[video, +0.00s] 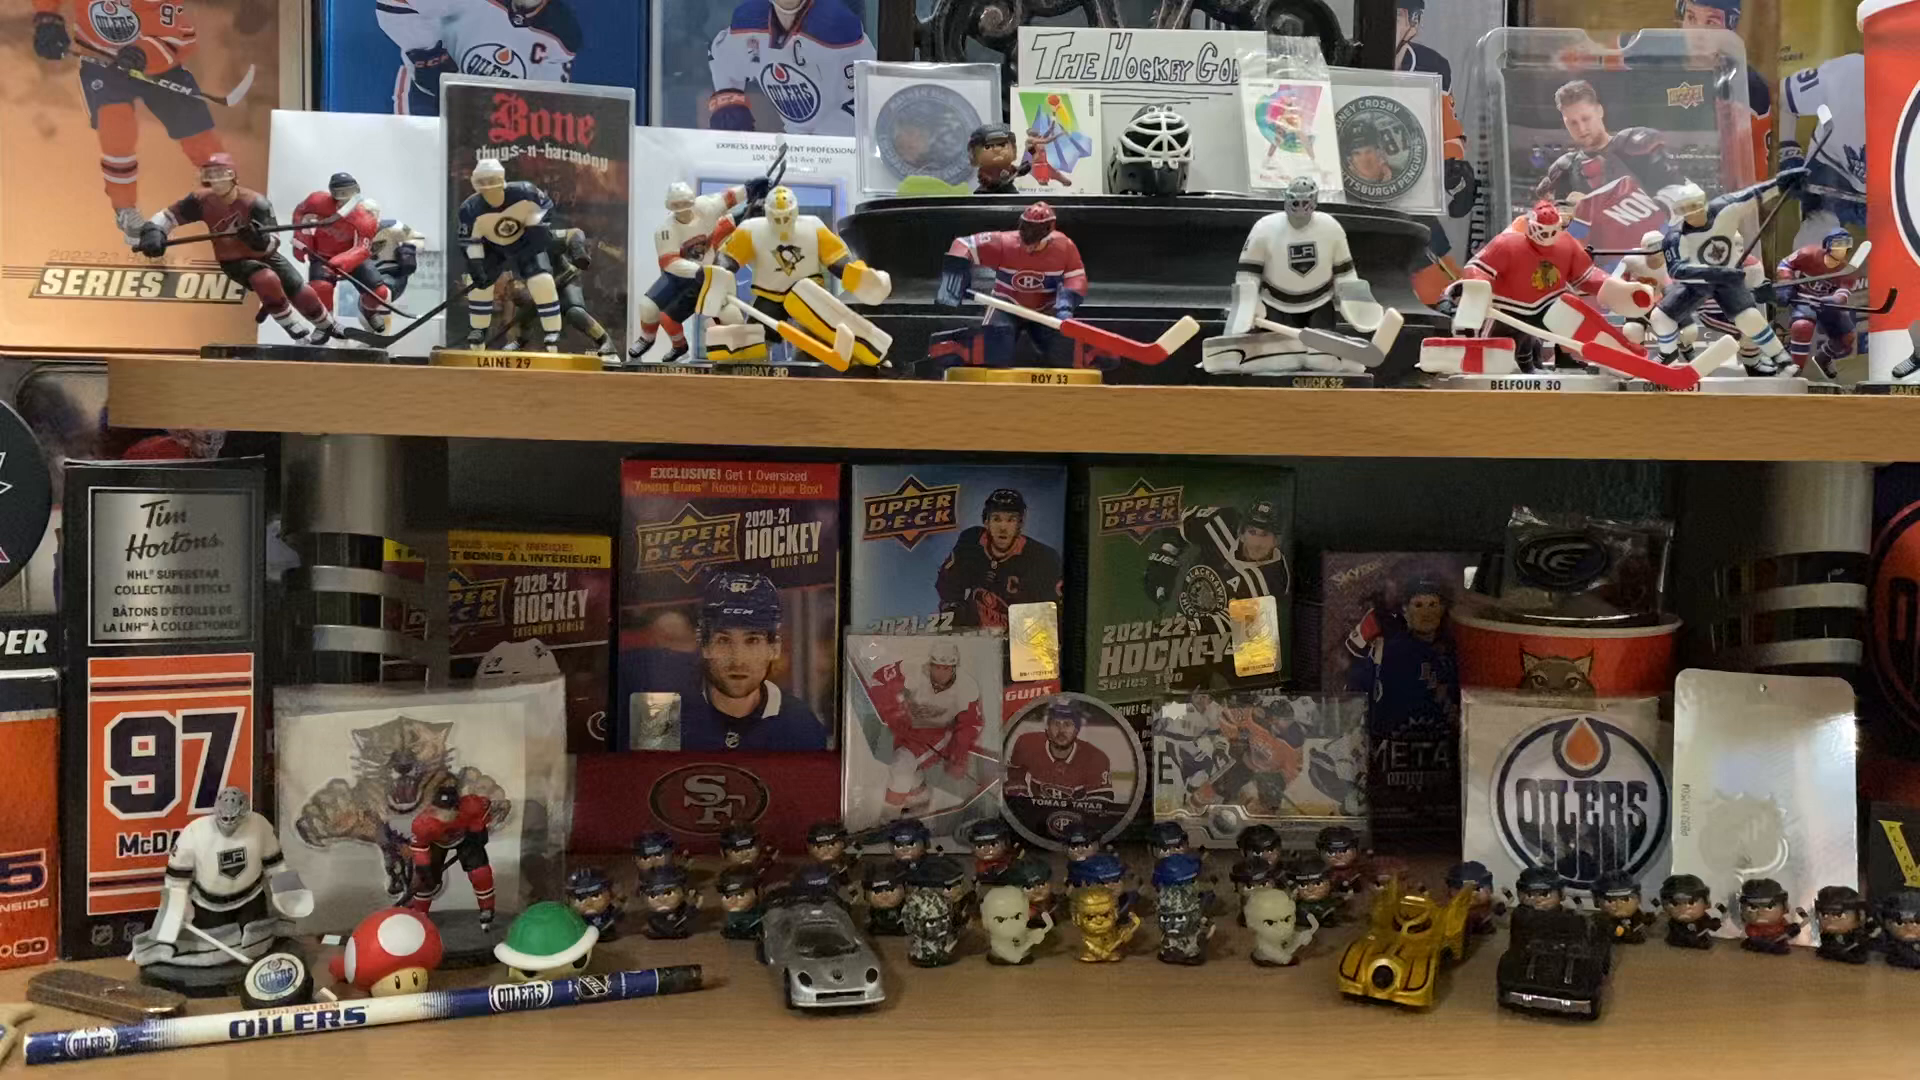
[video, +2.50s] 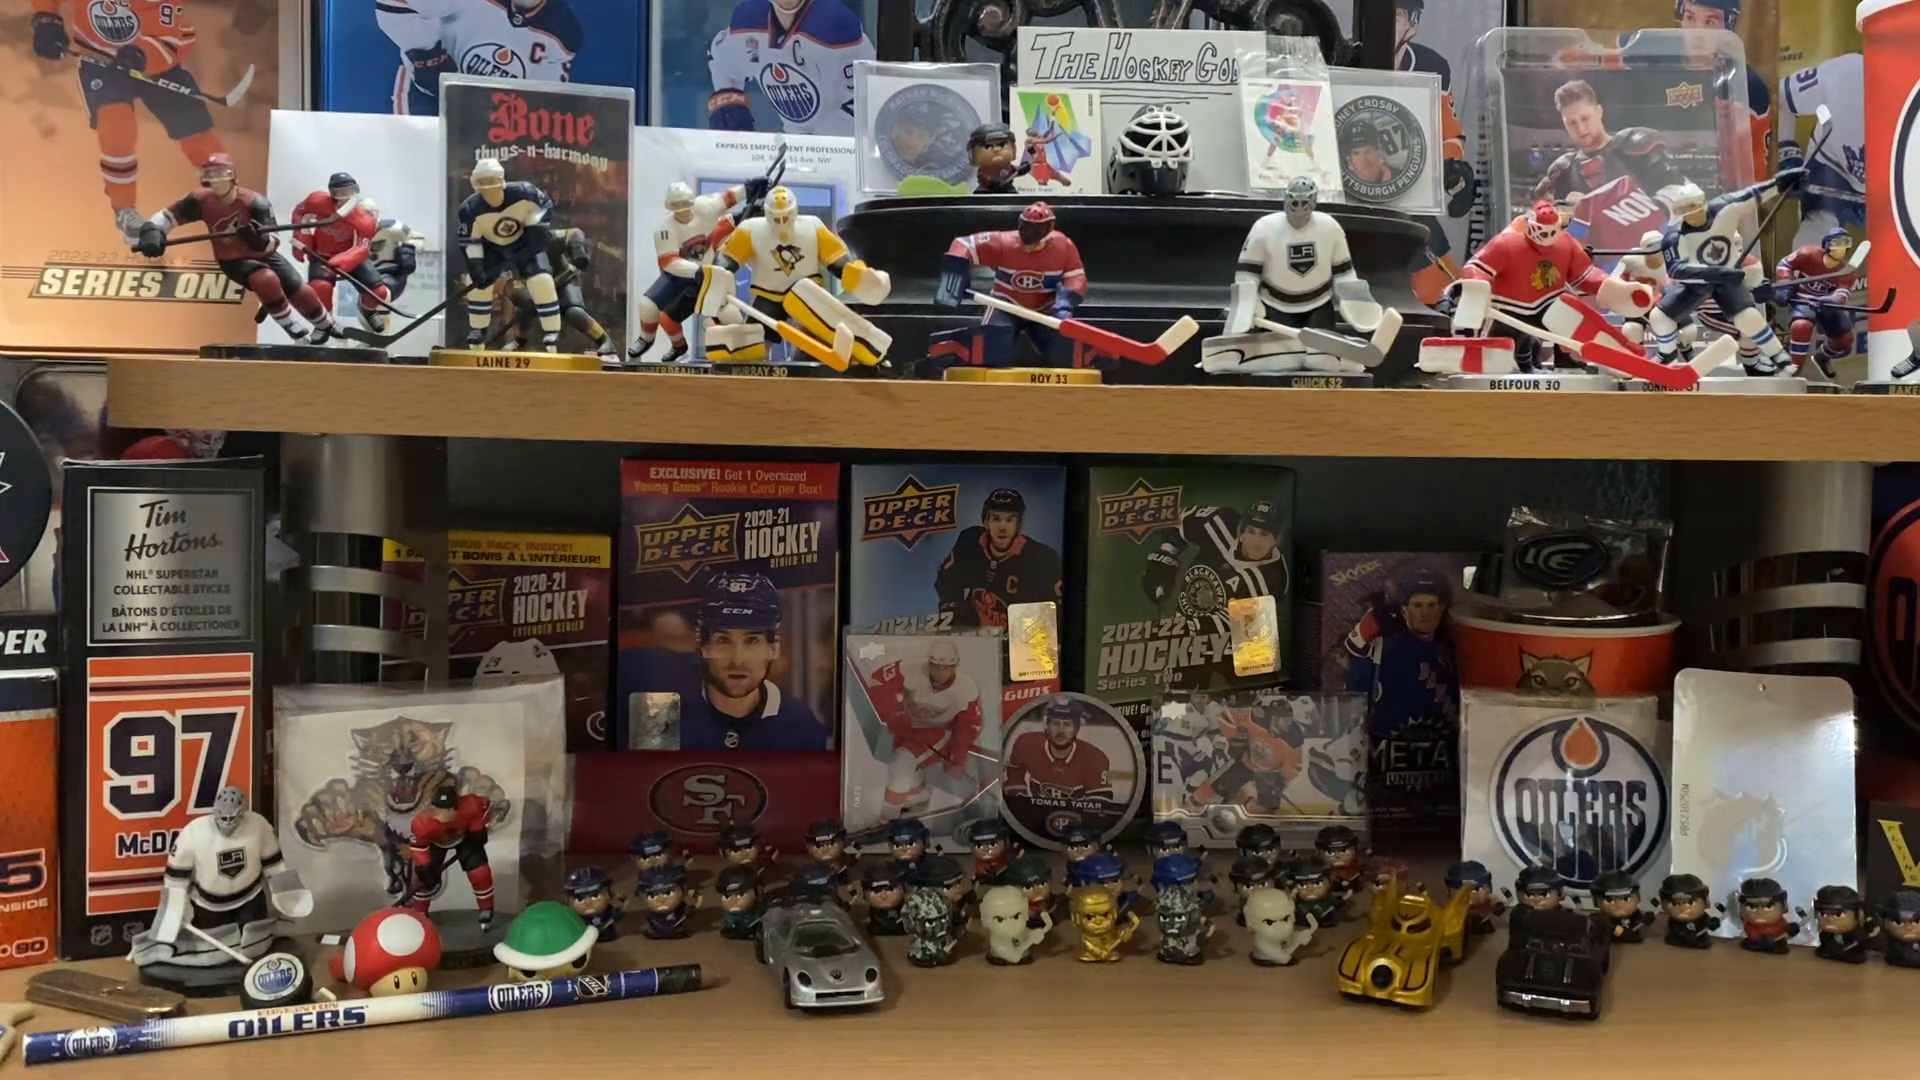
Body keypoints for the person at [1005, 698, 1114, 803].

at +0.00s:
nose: (1061, 730)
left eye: (1067, 724)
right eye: (1056, 724)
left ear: (1077, 730)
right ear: (1047, 727)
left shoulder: (1096, 758)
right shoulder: (1026, 744)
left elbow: (1101, 802)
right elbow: (1015, 788)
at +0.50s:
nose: (1060, 730)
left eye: (1066, 724)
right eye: (1055, 724)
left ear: (1076, 729)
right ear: (1047, 726)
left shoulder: (1094, 758)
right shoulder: (1025, 744)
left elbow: (1099, 801)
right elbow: (1014, 786)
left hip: (1075, 819)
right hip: (1033, 814)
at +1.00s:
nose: (1060, 730)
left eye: (1067, 724)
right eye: (1055, 724)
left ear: (1076, 729)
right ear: (1047, 726)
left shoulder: (1095, 758)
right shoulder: (1025, 744)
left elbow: (1099, 802)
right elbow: (1014, 780)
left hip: (1075, 817)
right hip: (1033, 813)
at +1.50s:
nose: (1060, 730)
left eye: (1066, 724)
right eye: (1055, 724)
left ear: (1076, 729)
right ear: (1047, 726)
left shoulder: (1095, 758)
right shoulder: (1025, 744)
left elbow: (1100, 800)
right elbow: (1014, 778)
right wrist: (1022, 806)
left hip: (1075, 818)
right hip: (1034, 813)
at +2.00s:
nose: (1060, 730)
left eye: (1066, 724)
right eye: (1055, 724)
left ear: (1076, 729)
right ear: (1047, 726)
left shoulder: (1095, 758)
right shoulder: (1025, 744)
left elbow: (1099, 802)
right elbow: (1014, 777)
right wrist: (1021, 804)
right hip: (1034, 811)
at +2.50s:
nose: (1060, 730)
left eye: (1067, 724)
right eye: (1055, 724)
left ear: (1076, 729)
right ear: (1047, 726)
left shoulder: (1095, 758)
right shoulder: (1025, 744)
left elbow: (1099, 801)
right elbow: (1014, 778)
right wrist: (1023, 807)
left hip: (1075, 817)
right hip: (1034, 812)